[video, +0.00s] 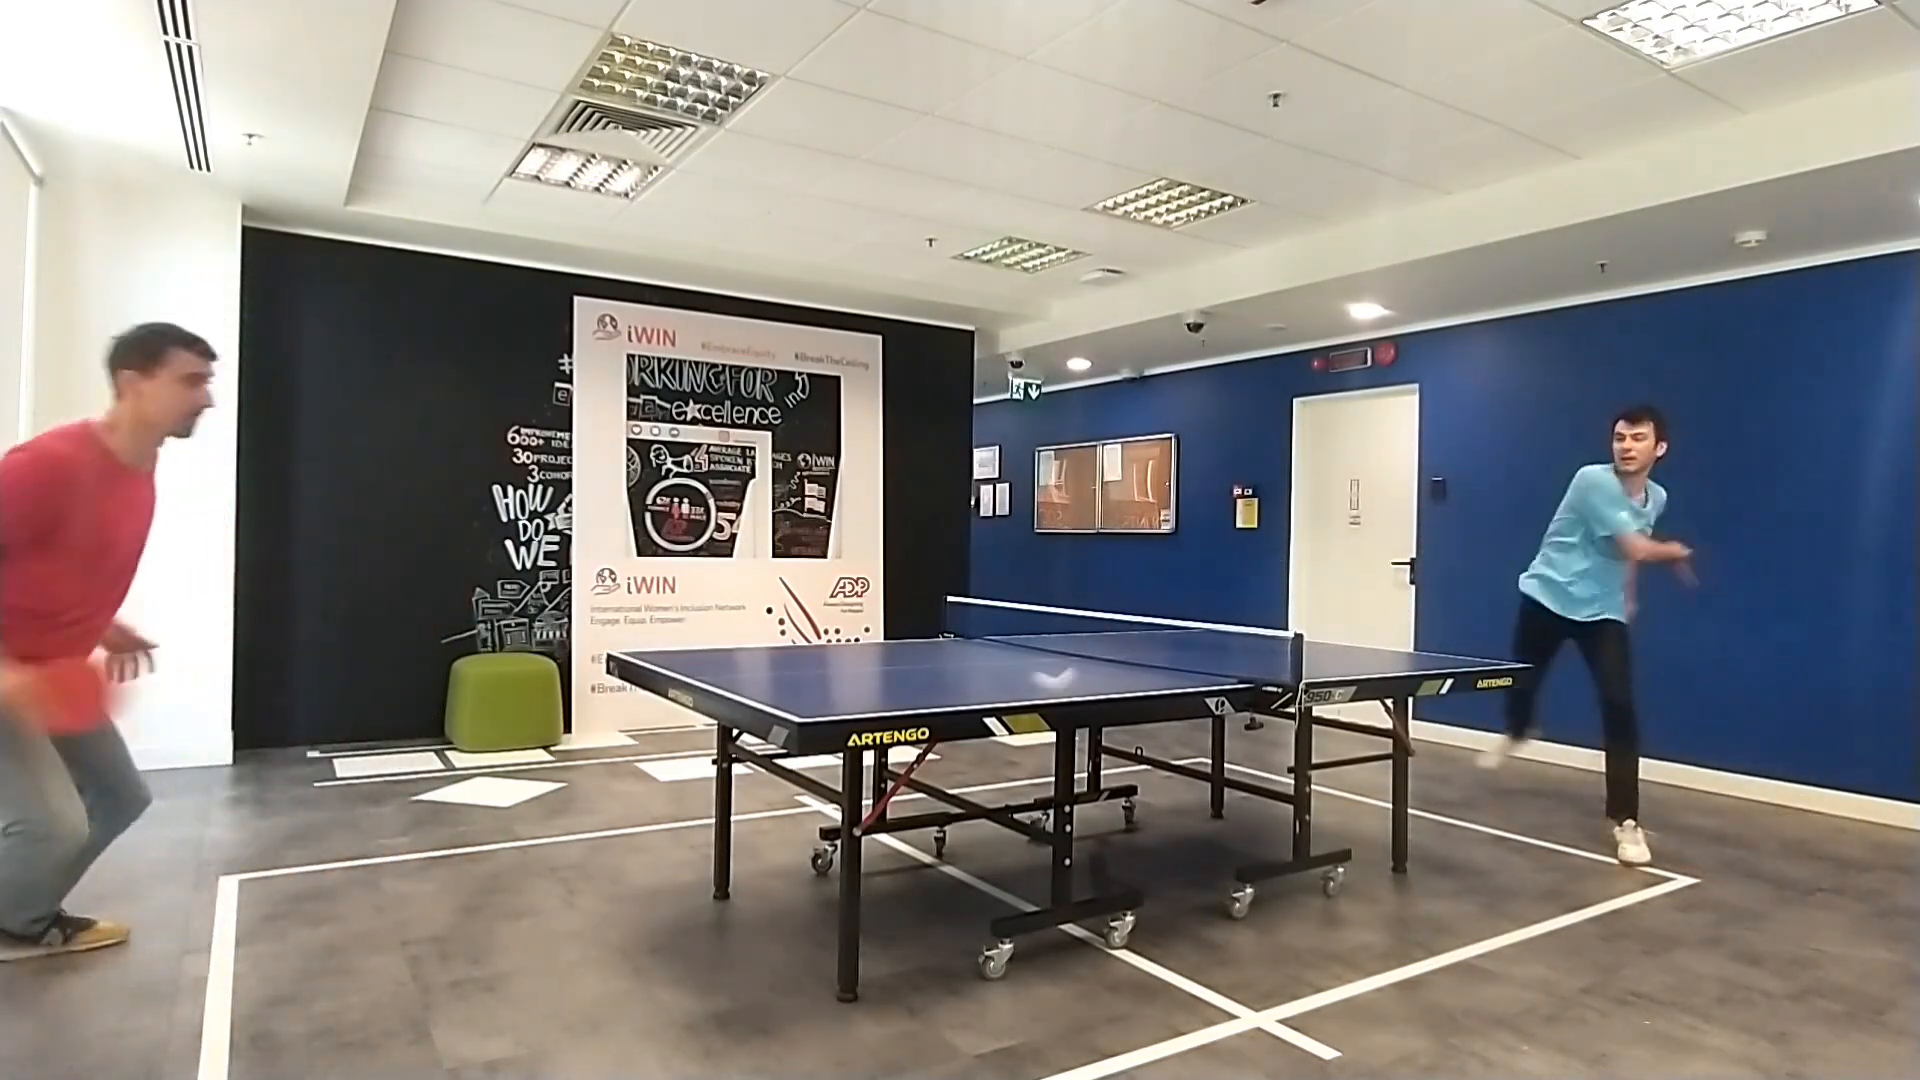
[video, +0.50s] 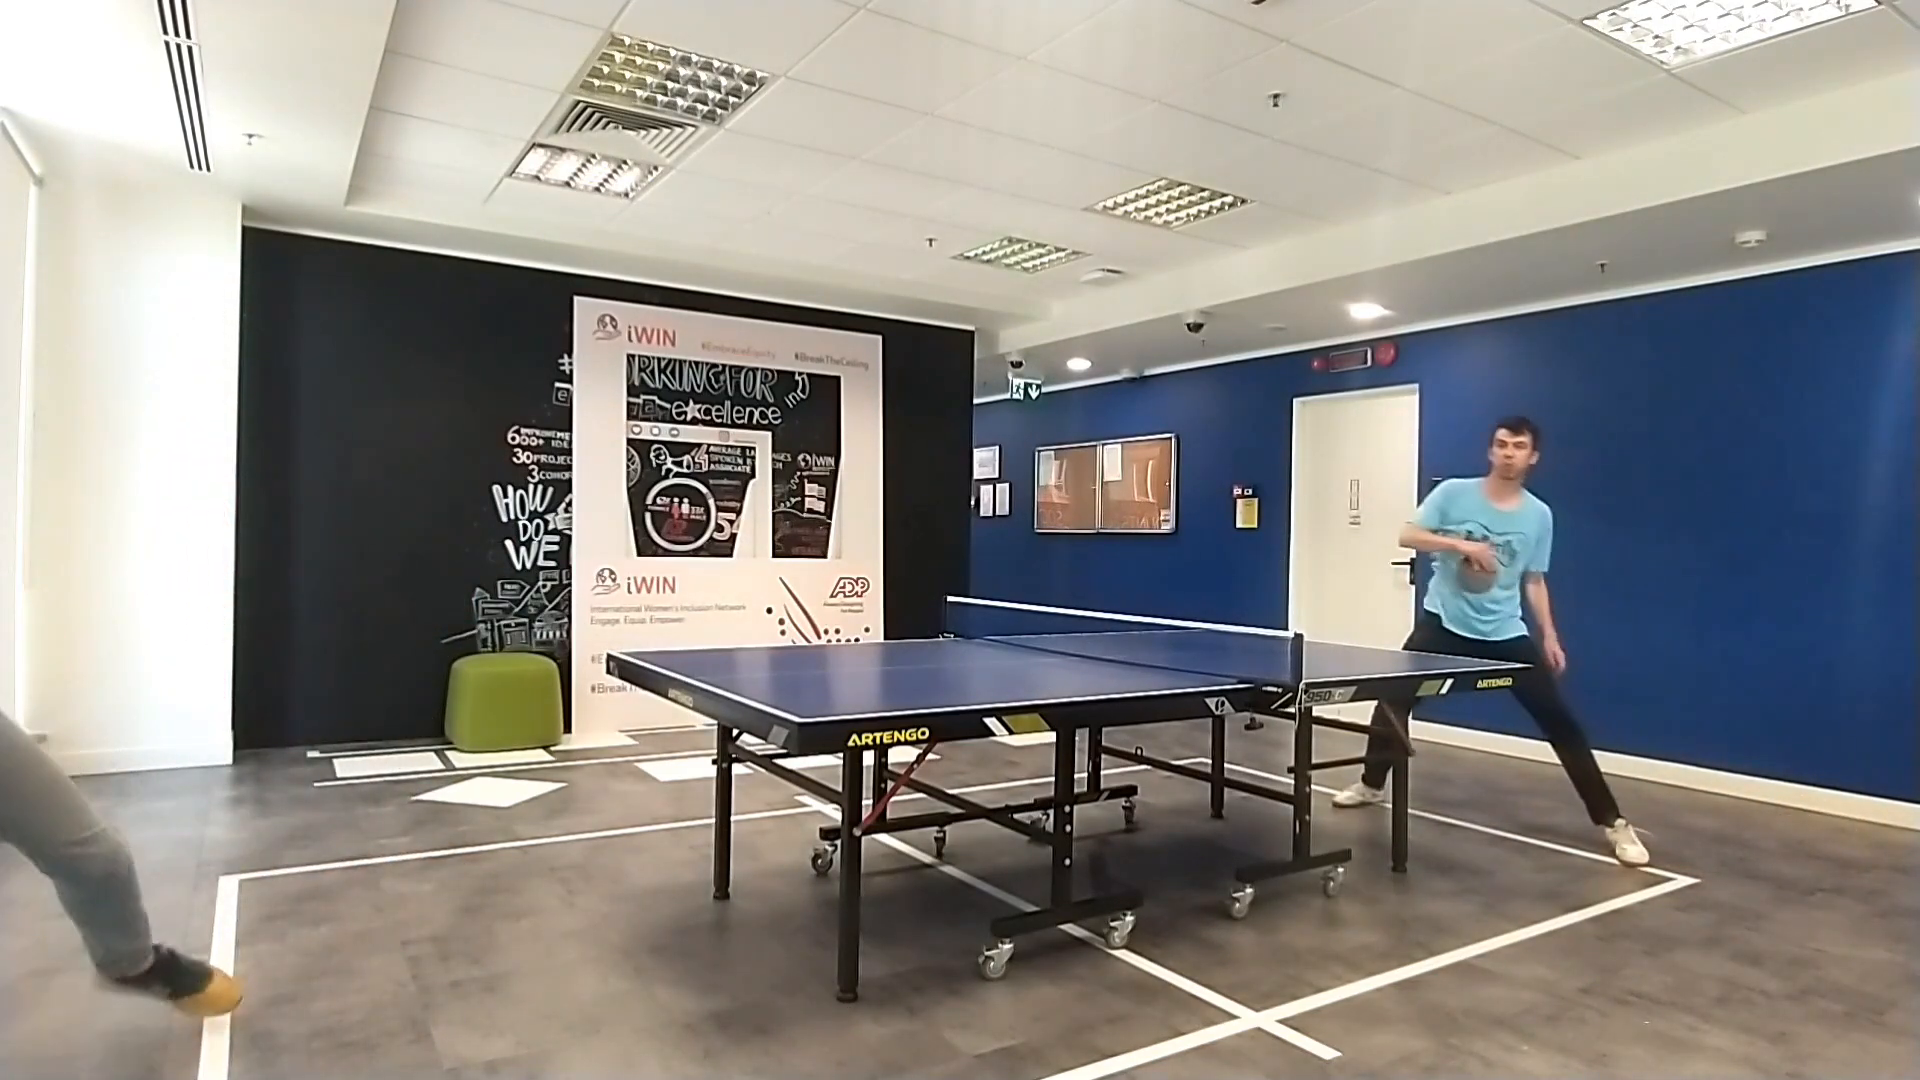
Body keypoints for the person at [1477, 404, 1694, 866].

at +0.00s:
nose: (1626, 446)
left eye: (1638, 438)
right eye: (1620, 438)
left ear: (1659, 448)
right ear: (1611, 444)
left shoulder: (1656, 499)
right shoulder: (1592, 480)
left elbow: (1631, 552)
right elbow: (1635, 547)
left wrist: (1628, 598)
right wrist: (1676, 551)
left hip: (1602, 608)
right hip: (1547, 597)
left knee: (1619, 704)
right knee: (1521, 682)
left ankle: (1625, 820)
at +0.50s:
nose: (1508, 453)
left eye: (1518, 447)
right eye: (1502, 445)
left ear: (1533, 457)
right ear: (1490, 451)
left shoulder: (1538, 514)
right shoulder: (1453, 492)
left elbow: (1534, 579)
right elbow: (1408, 536)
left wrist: (1548, 633)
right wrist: (1464, 546)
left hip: (1506, 632)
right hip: (1443, 624)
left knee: (1558, 720)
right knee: (1394, 694)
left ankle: (1614, 824)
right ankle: (1371, 784)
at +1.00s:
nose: (1554, 437)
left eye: (1563, 431)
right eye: (1546, 429)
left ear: (1574, 442)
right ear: (1530, 436)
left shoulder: (1585, 503)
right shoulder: (1491, 482)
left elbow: (1603, 557)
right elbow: (1457, 533)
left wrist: (1615, 577)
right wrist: (1432, 584)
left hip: (1540, 621)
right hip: (1476, 612)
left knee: (1577, 709)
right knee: (1422, 693)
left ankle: (1570, 818)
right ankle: (1374, 780)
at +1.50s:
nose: (1607, 412)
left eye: (1616, 406)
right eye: (1599, 403)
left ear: (1626, 418)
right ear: (1581, 409)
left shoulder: (1638, 474)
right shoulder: (1547, 458)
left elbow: (1658, 540)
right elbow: (1527, 510)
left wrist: (1620, 575)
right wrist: (1512, 555)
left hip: (1594, 606)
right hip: (1538, 594)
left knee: (1586, 708)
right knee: (1520, 687)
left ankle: (1572, 813)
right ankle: (1567, 756)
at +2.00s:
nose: (1556, 431)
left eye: (1560, 421)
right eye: (1546, 428)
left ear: (1576, 422)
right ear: (1540, 440)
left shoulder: (1622, 459)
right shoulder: (1552, 485)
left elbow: (1688, 487)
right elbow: (1564, 542)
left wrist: (1664, 540)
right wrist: (1571, 583)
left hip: (1626, 595)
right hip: (1578, 601)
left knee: (1617, 695)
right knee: (1590, 697)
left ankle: (1617, 809)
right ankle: (1612, 791)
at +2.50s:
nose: (1615, 426)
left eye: (1620, 418)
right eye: (1604, 420)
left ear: (1630, 420)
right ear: (1588, 428)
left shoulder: (1661, 456)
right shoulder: (1578, 482)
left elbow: (1717, 483)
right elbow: (1579, 541)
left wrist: (1703, 527)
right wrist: (1580, 594)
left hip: (1666, 591)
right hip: (1607, 596)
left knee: (1687, 693)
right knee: (1612, 694)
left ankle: (1712, 798)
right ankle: (1617, 793)